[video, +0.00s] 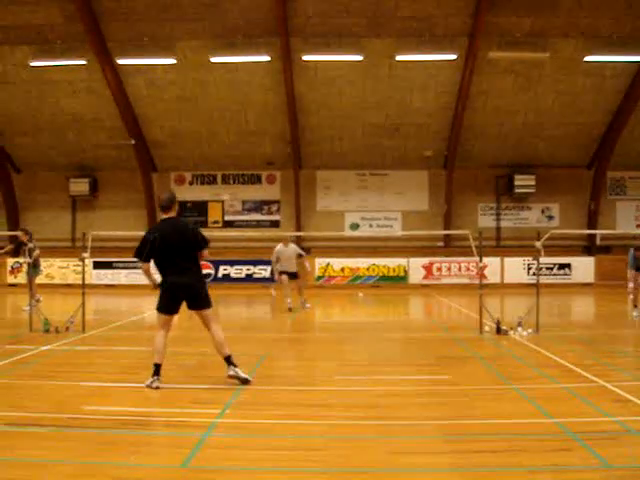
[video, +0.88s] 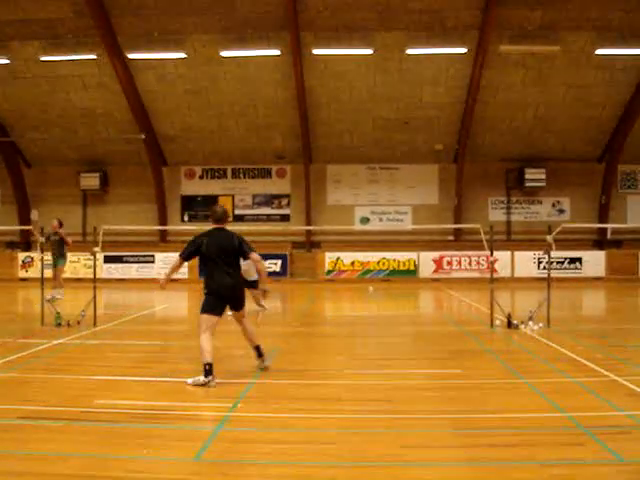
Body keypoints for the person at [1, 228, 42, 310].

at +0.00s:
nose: (20, 238)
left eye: (21, 236)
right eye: (19, 236)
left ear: (27, 236)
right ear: (20, 237)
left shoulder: (31, 245)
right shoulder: (21, 244)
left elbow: (37, 252)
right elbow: (11, 247)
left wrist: (31, 259)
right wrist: (3, 251)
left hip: (35, 266)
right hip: (30, 265)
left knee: (31, 283)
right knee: (30, 283)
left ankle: (31, 303)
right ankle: (36, 297)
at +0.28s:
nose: (26, 235)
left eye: (27, 233)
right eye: (25, 233)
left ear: (32, 234)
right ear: (24, 235)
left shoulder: (36, 243)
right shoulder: (26, 243)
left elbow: (42, 250)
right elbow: (17, 245)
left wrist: (37, 255)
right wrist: (8, 249)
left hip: (39, 265)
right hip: (34, 265)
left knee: (35, 283)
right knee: (34, 283)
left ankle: (35, 302)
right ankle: (40, 296)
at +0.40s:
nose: (33, 234)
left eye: (35, 231)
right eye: (32, 231)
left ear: (39, 232)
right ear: (31, 232)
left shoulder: (44, 240)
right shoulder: (32, 241)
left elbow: (52, 248)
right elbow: (24, 245)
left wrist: (44, 252)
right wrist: (14, 247)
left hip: (46, 263)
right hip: (40, 263)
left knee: (40, 280)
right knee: (39, 279)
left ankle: (41, 301)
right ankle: (47, 294)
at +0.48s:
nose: (41, 233)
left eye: (43, 231)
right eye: (41, 231)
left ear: (48, 232)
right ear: (41, 232)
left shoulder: (52, 241)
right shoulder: (43, 241)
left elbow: (61, 249)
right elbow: (36, 247)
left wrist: (51, 250)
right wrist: (26, 246)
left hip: (54, 264)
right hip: (49, 263)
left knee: (45, 280)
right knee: (45, 279)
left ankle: (47, 300)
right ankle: (54, 293)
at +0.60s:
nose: (50, 234)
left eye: (52, 232)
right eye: (50, 232)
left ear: (56, 233)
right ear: (49, 234)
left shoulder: (60, 242)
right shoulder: (50, 242)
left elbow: (66, 250)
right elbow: (44, 240)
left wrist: (56, 246)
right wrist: (39, 232)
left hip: (57, 264)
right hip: (50, 264)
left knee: (48, 279)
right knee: (46, 279)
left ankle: (49, 299)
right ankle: (54, 294)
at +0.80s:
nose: (52, 227)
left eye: (54, 225)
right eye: (51, 225)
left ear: (58, 226)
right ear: (51, 226)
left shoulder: (60, 236)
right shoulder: (50, 237)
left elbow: (68, 244)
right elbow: (41, 239)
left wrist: (61, 236)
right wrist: (34, 232)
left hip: (60, 257)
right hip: (53, 258)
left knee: (56, 274)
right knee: (52, 276)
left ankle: (58, 291)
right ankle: (52, 292)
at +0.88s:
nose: (53, 226)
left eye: (55, 224)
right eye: (52, 224)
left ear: (59, 225)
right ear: (52, 225)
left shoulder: (61, 234)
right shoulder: (50, 235)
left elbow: (69, 243)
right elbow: (43, 240)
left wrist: (62, 234)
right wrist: (35, 233)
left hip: (61, 256)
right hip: (54, 256)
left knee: (58, 274)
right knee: (54, 275)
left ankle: (60, 292)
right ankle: (54, 292)